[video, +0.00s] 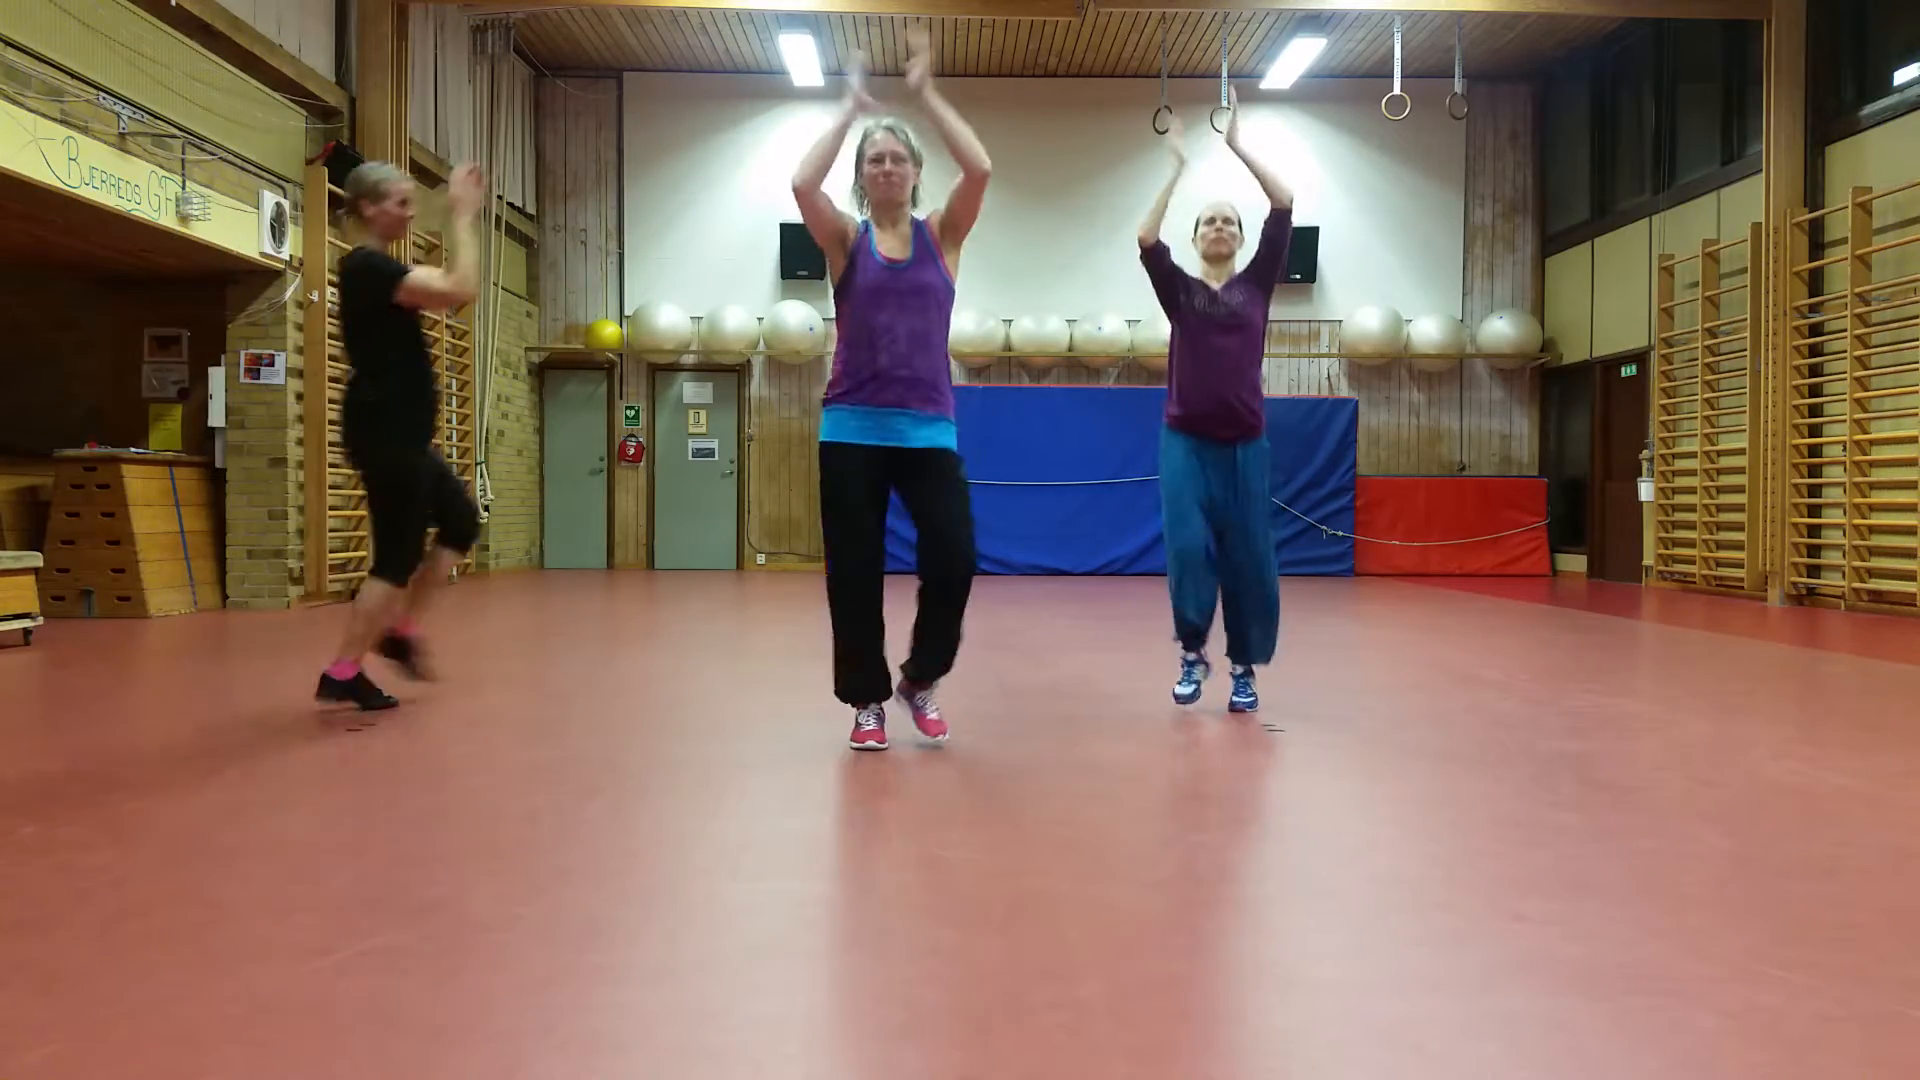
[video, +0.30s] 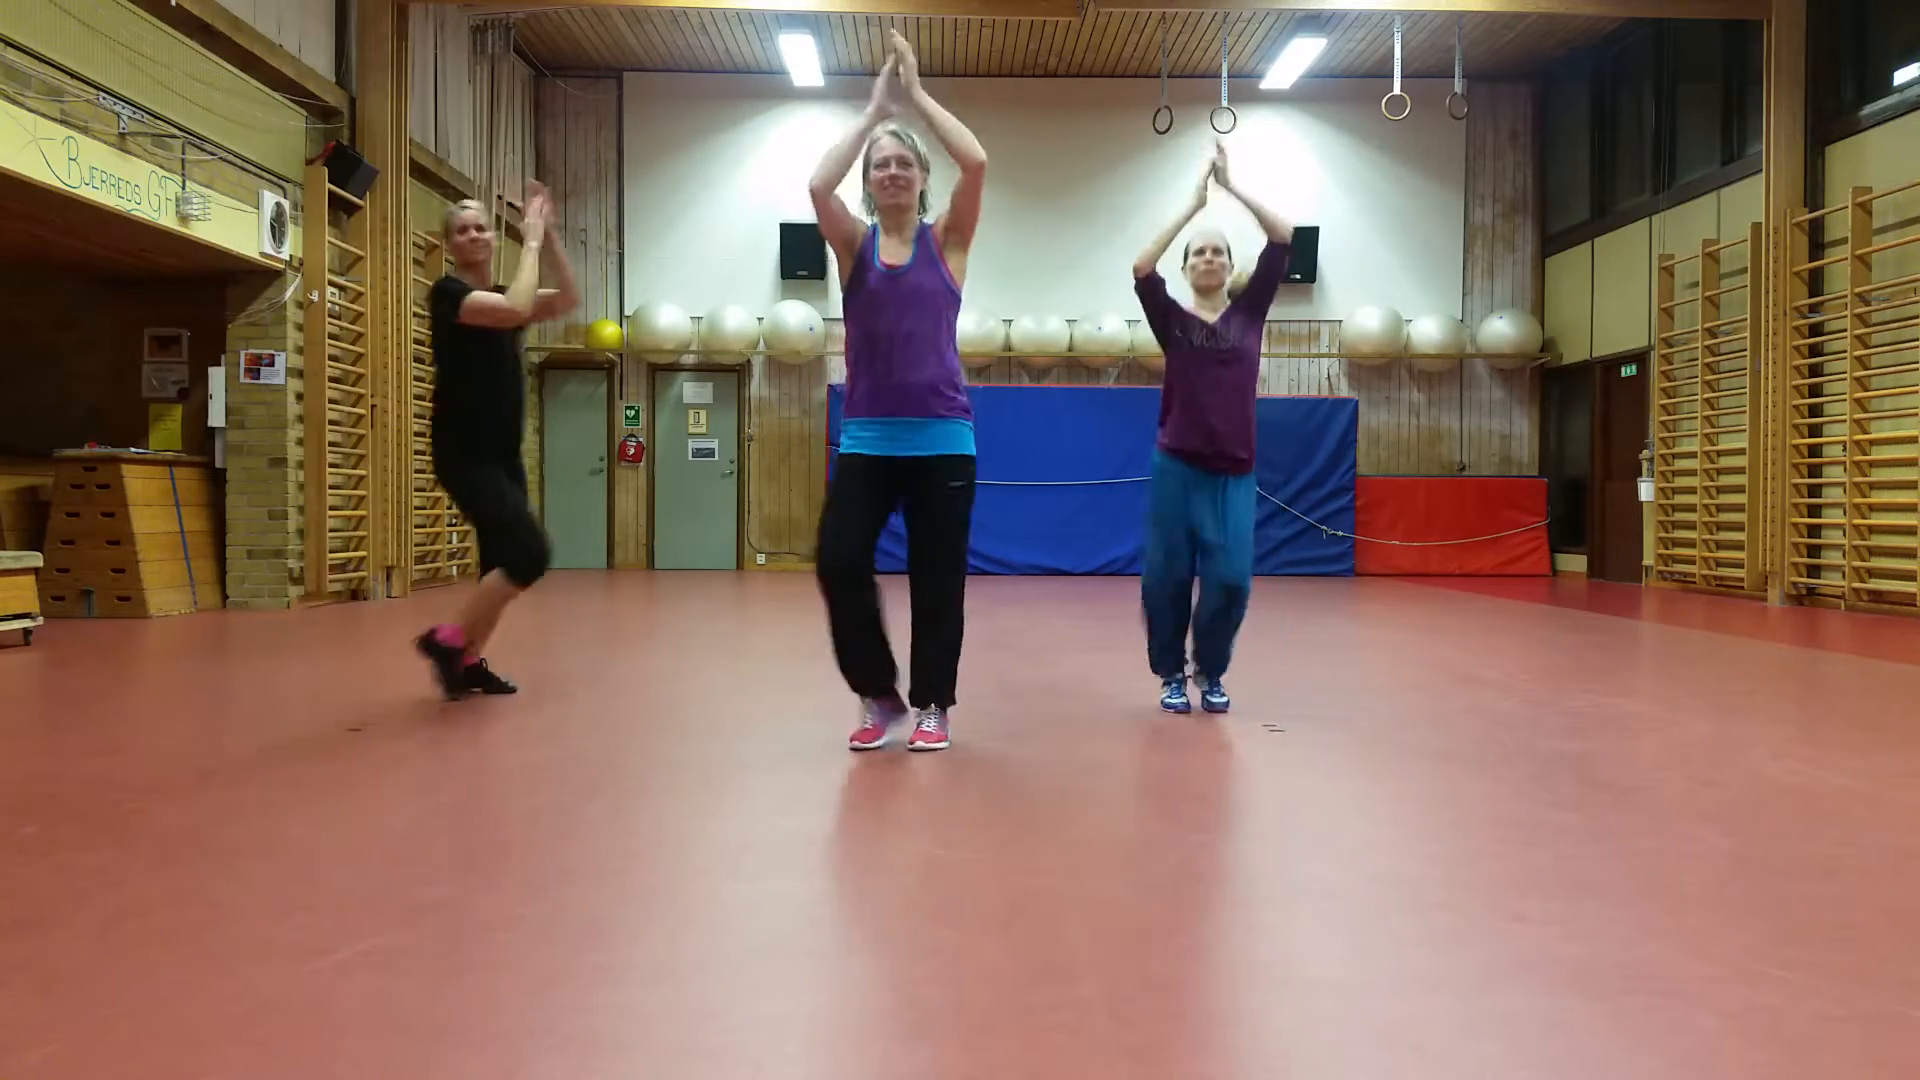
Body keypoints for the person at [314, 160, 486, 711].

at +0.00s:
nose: (410, 211)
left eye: (410, 202)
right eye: (400, 202)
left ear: (385, 210)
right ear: (368, 209)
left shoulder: (380, 263)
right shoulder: (366, 265)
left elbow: (455, 291)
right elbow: (459, 287)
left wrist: (462, 214)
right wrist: (464, 215)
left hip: (400, 432)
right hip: (382, 435)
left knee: (461, 523)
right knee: (398, 561)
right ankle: (342, 671)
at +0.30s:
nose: (475, 237)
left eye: (482, 229)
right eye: (464, 231)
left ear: (493, 240)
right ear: (449, 246)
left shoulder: (499, 295)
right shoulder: (449, 294)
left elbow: (567, 299)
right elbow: (515, 308)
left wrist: (548, 237)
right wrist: (532, 238)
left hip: (501, 450)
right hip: (462, 451)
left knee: (501, 564)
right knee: (530, 553)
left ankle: (468, 661)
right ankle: (450, 642)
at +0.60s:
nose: (544, 226)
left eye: (551, 218)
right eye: (534, 218)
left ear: (563, 228)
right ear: (519, 231)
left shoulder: (585, 287)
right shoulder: (511, 286)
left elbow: (619, 274)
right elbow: (528, 298)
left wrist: (576, 219)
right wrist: (552, 238)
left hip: (576, 434)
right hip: (530, 434)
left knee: (600, 553)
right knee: (564, 541)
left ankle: (535, 645)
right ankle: (553, 666)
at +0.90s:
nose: (604, 214)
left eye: (614, 207)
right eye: (595, 206)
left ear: (627, 219)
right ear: (581, 217)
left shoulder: (645, 273)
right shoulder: (567, 277)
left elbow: (687, 262)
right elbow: (574, 278)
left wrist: (673, 191)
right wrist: (574, 203)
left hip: (656, 422)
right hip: (597, 429)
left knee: (686, 535)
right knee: (612, 543)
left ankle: (711, 646)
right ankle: (598, 653)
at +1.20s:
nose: (641, 214)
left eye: (650, 207)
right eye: (633, 208)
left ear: (665, 219)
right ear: (623, 220)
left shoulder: (684, 275)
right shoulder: (607, 275)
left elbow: (698, 278)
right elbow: (575, 288)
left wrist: (669, 204)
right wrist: (587, 217)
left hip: (678, 428)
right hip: (616, 429)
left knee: (699, 546)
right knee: (606, 546)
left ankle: (723, 652)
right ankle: (629, 648)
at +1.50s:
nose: (644, 227)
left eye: (654, 221)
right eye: (636, 220)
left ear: (669, 234)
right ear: (623, 231)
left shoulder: (685, 292)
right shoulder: (599, 296)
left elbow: (715, 343)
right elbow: (553, 348)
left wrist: (653, 312)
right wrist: (591, 302)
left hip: (666, 445)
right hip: (604, 446)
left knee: (705, 540)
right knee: (604, 562)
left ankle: (696, 650)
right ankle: (607, 665)